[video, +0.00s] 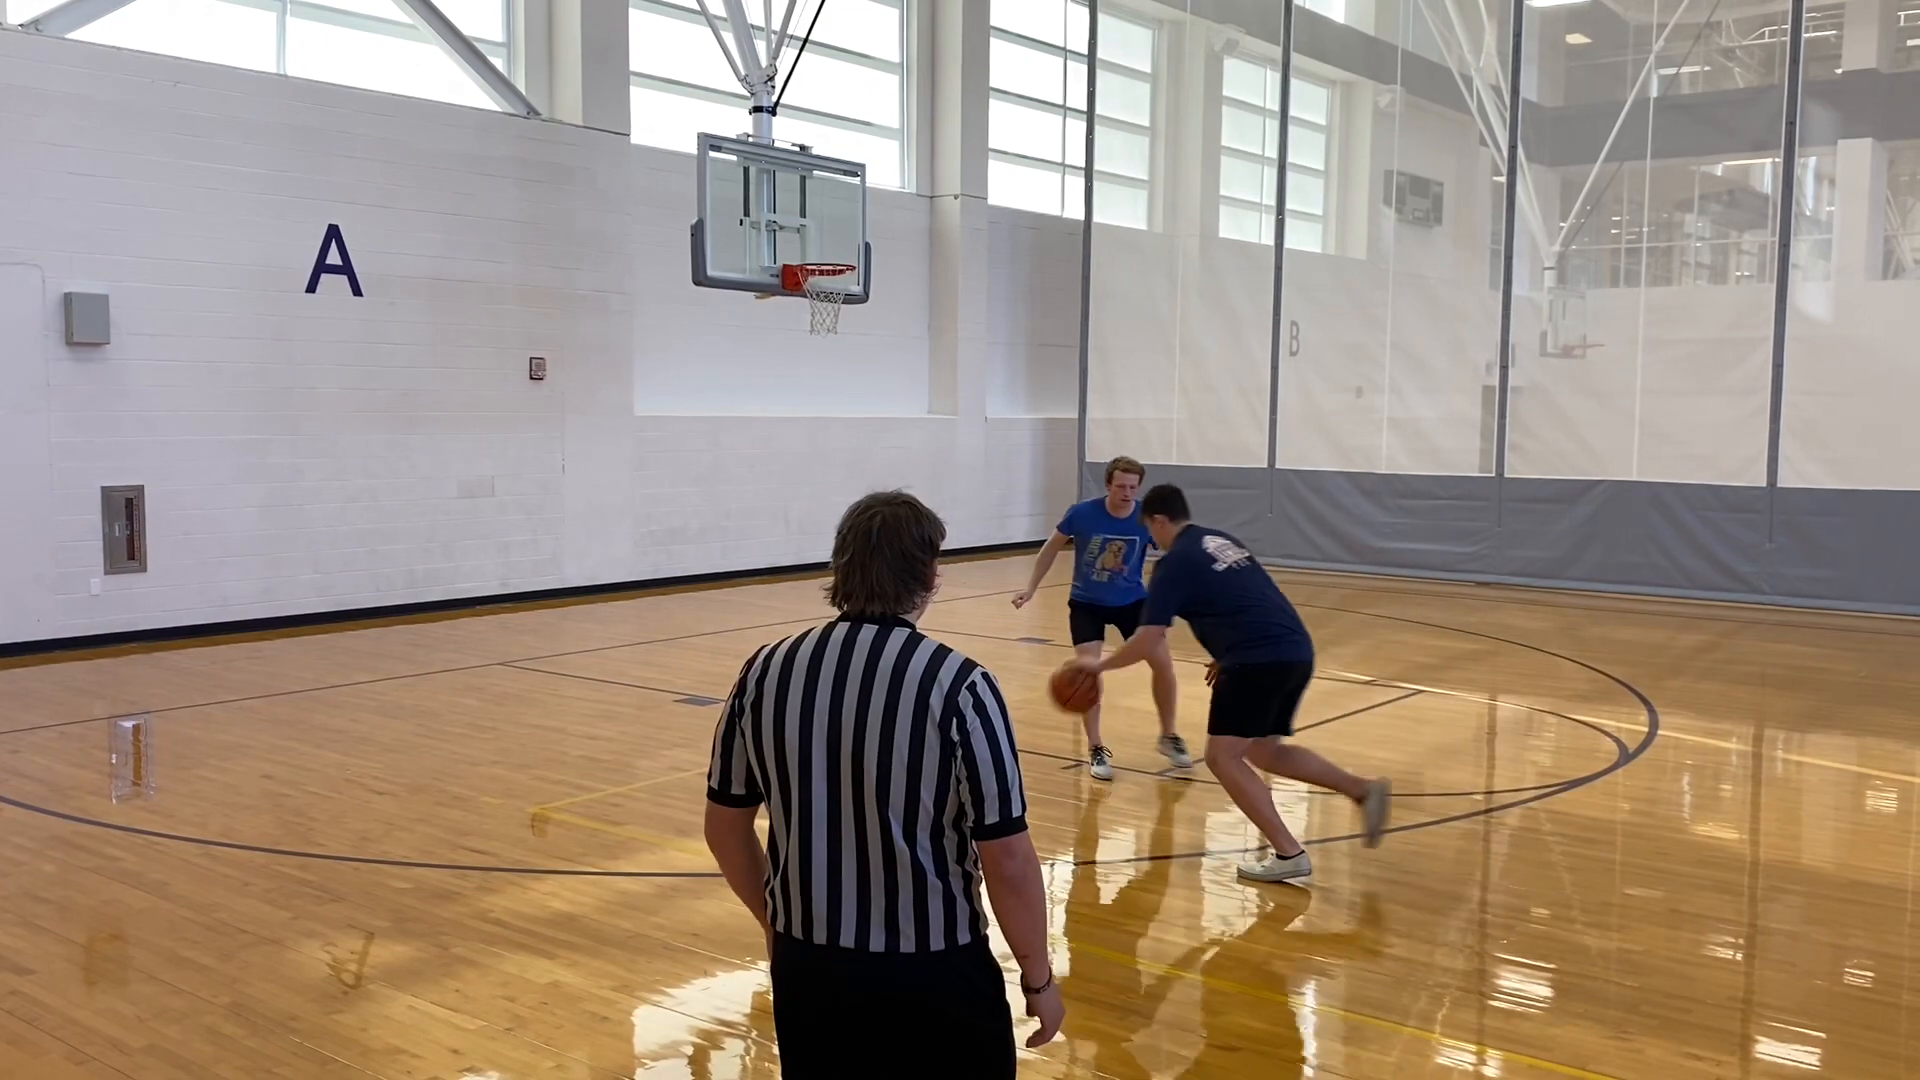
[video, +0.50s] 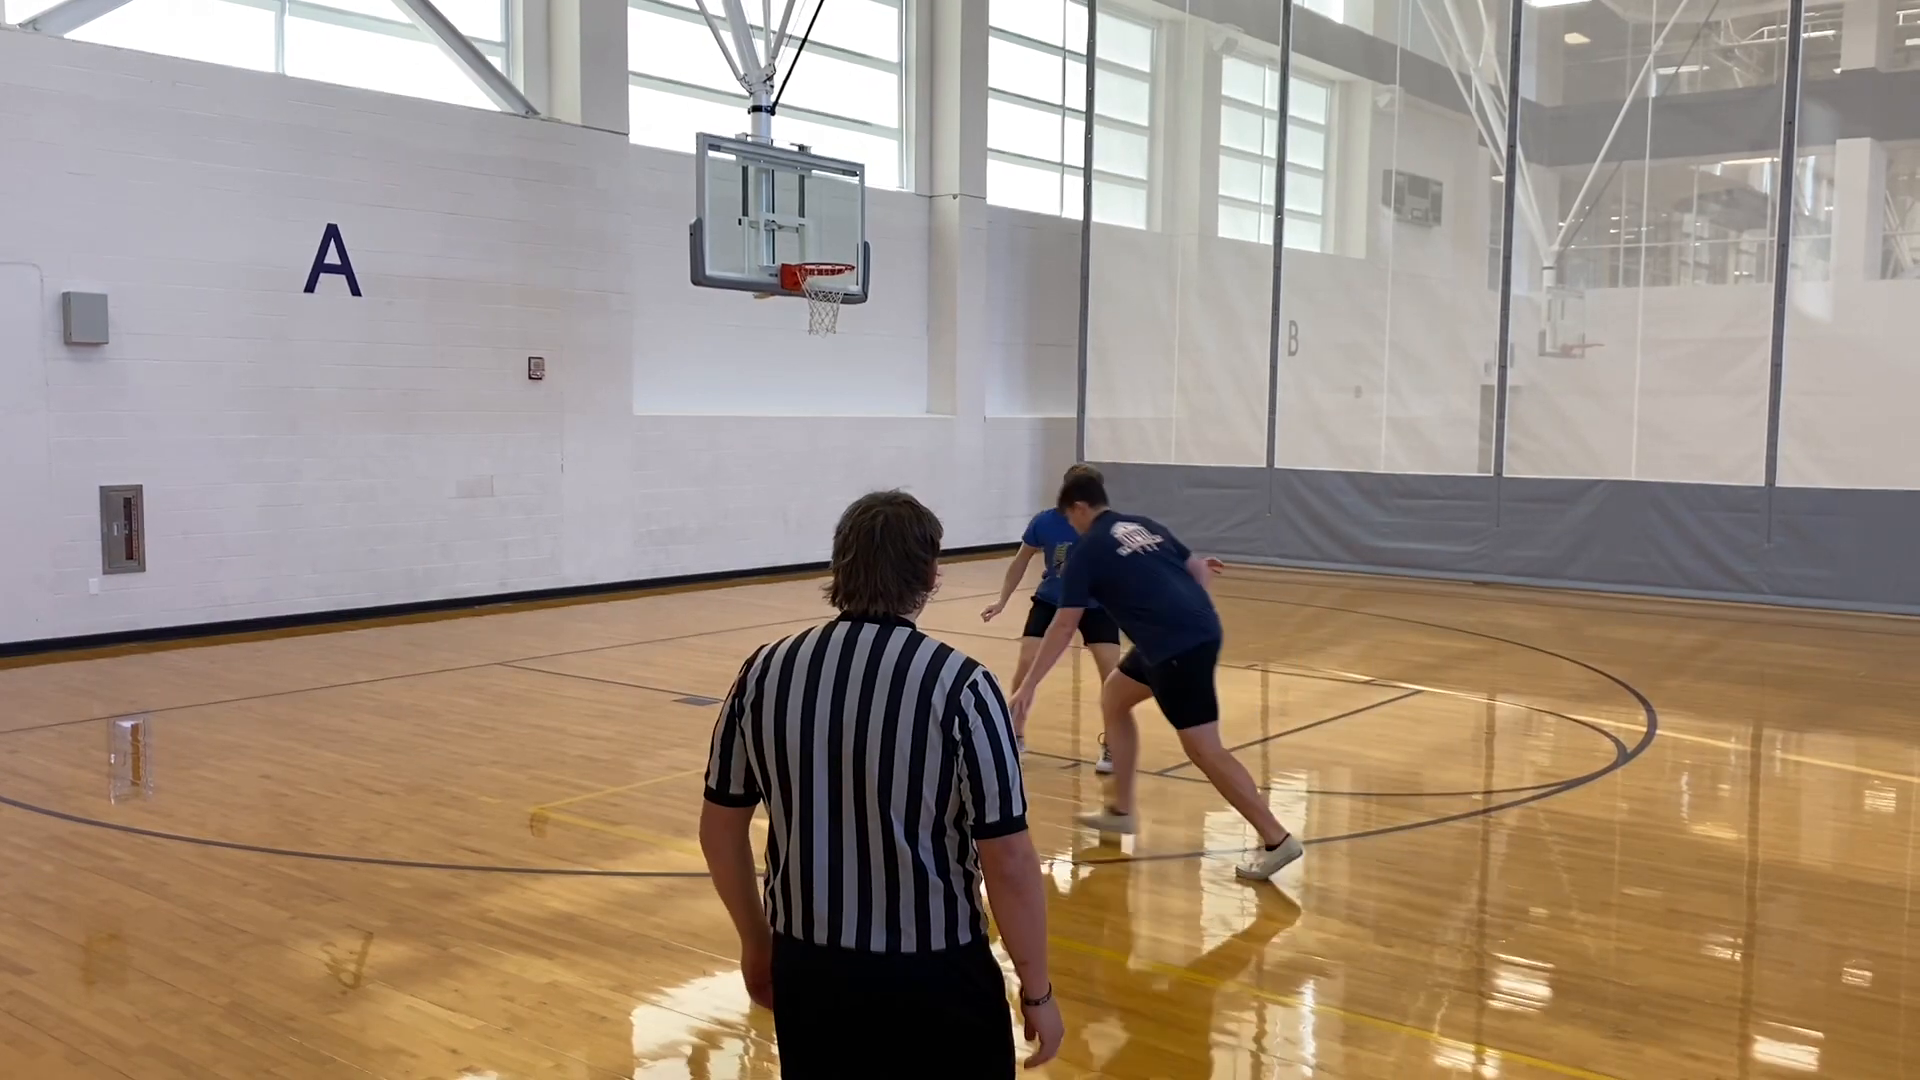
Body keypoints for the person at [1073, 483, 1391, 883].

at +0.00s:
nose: (1151, 534)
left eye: (1150, 526)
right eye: (1150, 526)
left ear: (1158, 521)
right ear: (1184, 514)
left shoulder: (1173, 564)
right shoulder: (1219, 539)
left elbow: (1148, 642)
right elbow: (1251, 599)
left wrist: (1101, 664)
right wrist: (1228, 656)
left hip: (1254, 661)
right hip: (1293, 655)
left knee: (1221, 757)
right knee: (1264, 751)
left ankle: (1290, 855)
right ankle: (1362, 790)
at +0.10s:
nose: (1133, 534)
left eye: (1132, 527)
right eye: (1131, 528)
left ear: (1142, 522)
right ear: (1165, 518)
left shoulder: (1155, 565)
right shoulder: (1201, 537)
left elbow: (1123, 640)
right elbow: (1233, 592)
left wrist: (1078, 682)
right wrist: (1220, 658)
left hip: (1238, 659)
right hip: (1273, 650)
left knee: (1218, 759)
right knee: (1240, 748)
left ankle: (1290, 854)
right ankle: (1315, 788)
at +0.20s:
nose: (1124, 534)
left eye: (1123, 526)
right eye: (1122, 527)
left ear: (1134, 521)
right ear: (1156, 515)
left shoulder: (1146, 563)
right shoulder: (1196, 536)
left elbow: (1112, 638)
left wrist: (1069, 684)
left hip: (1236, 656)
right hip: (1263, 645)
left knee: (1216, 757)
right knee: (1197, 729)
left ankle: (1289, 852)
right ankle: (1290, 790)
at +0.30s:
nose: (1106, 530)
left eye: (1105, 522)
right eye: (1104, 523)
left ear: (1115, 518)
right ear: (1139, 512)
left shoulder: (1126, 561)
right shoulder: (1177, 532)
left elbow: (1094, 632)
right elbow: (1235, 579)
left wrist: (1058, 682)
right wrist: (1208, 624)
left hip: (1220, 652)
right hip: (1241, 640)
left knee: (1214, 757)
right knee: (1164, 717)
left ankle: (1289, 851)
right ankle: (1233, 798)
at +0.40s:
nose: (1089, 526)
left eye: (1087, 519)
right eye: (1088, 519)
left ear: (1096, 514)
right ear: (1121, 505)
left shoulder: (1105, 558)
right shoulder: (1159, 528)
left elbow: (1079, 628)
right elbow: (1219, 573)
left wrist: (1045, 684)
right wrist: (1196, 619)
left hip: (1202, 648)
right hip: (1215, 636)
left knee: (1212, 757)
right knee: (1135, 701)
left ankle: (1286, 846)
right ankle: (1175, 807)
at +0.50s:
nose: (1071, 523)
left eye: (1069, 515)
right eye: (1069, 515)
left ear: (1078, 509)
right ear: (1103, 500)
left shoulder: (1085, 550)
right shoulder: (1141, 524)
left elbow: (1064, 625)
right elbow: (1197, 567)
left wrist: (1029, 684)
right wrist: (1199, 624)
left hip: (1178, 644)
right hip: (1190, 631)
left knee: (1205, 750)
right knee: (1115, 698)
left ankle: (1278, 840)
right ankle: (1120, 811)